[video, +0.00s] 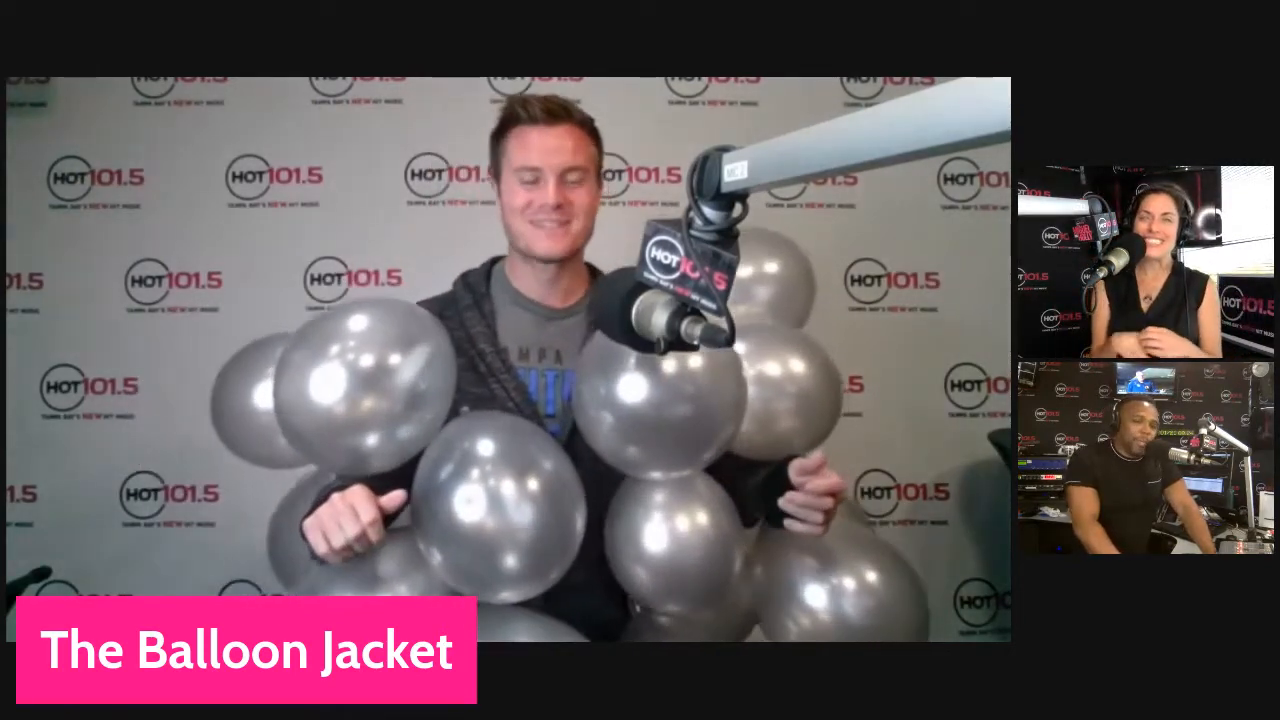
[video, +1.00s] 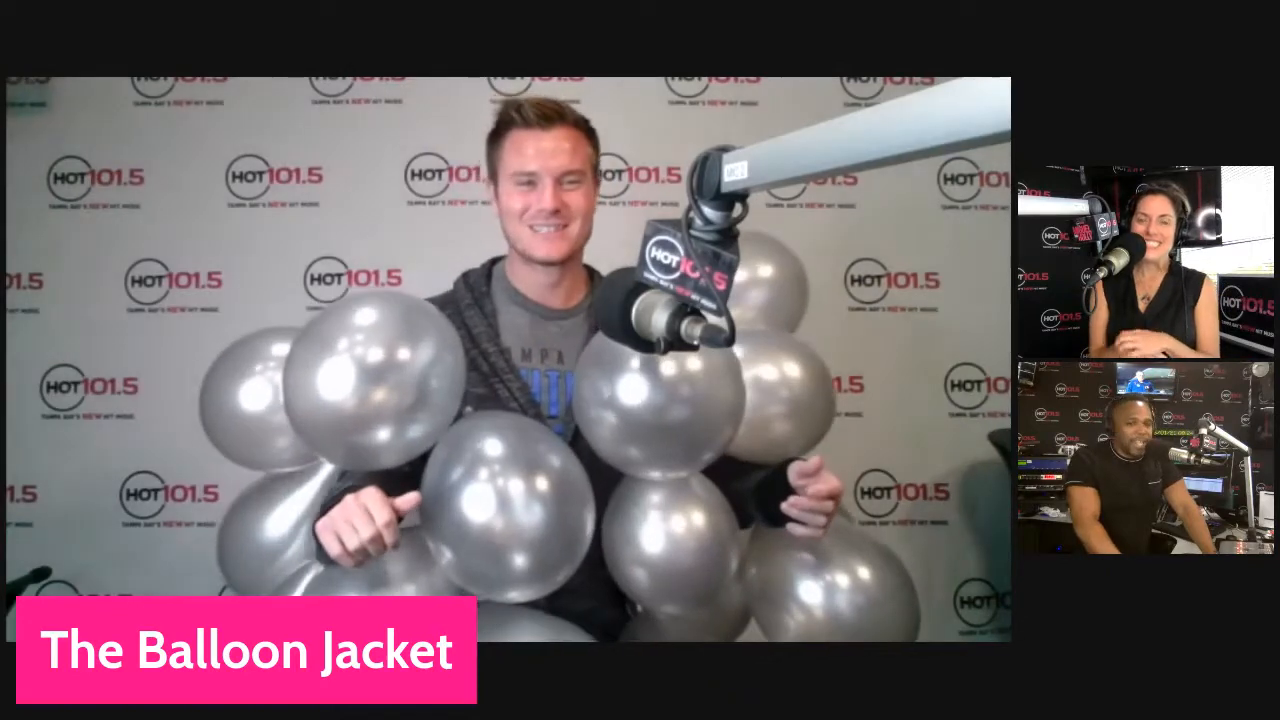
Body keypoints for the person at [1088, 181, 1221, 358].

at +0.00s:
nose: (1153, 227)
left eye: (1166, 219)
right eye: (1144, 217)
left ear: (1181, 228)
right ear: (1131, 223)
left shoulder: (1201, 287)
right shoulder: (1108, 285)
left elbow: (1215, 361)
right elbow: (1096, 356)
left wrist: (1184, 347)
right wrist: (1114, 343)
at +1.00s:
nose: (1151, 230)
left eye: (1164, 221)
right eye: (1142, 219)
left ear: (1178, 229)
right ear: (1129, 224)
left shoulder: (1199, 286)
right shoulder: (1106, 285)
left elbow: (1211, 360)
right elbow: (1095, 354)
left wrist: (1166, 342)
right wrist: (1132, 348)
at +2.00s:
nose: (1150, 229)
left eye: (1163, 221)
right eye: (1141, 218)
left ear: (1178, 231)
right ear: (1128, 224)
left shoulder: (1198, 285)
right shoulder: (1104, 285)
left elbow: (1211, 360)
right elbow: (1095, 354)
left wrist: (1158, 346)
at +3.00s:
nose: (1143, 227)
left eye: (1156, 218)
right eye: (1134, 218)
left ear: (1172, 227)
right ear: (1124, 225)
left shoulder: (1197, 285)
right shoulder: (1102, 287)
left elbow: (1209, 361)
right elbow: (1093, 355)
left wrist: (1163, 351)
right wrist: (1116, 350)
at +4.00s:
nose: (1140, 227)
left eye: (1152, 217)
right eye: (1131, 219)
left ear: (1168, 226)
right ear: (1121, 228)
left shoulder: (1197, 287)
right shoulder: (1102, 288)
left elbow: (1212, 364)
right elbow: (1095, 358)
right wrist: (1133, 354)